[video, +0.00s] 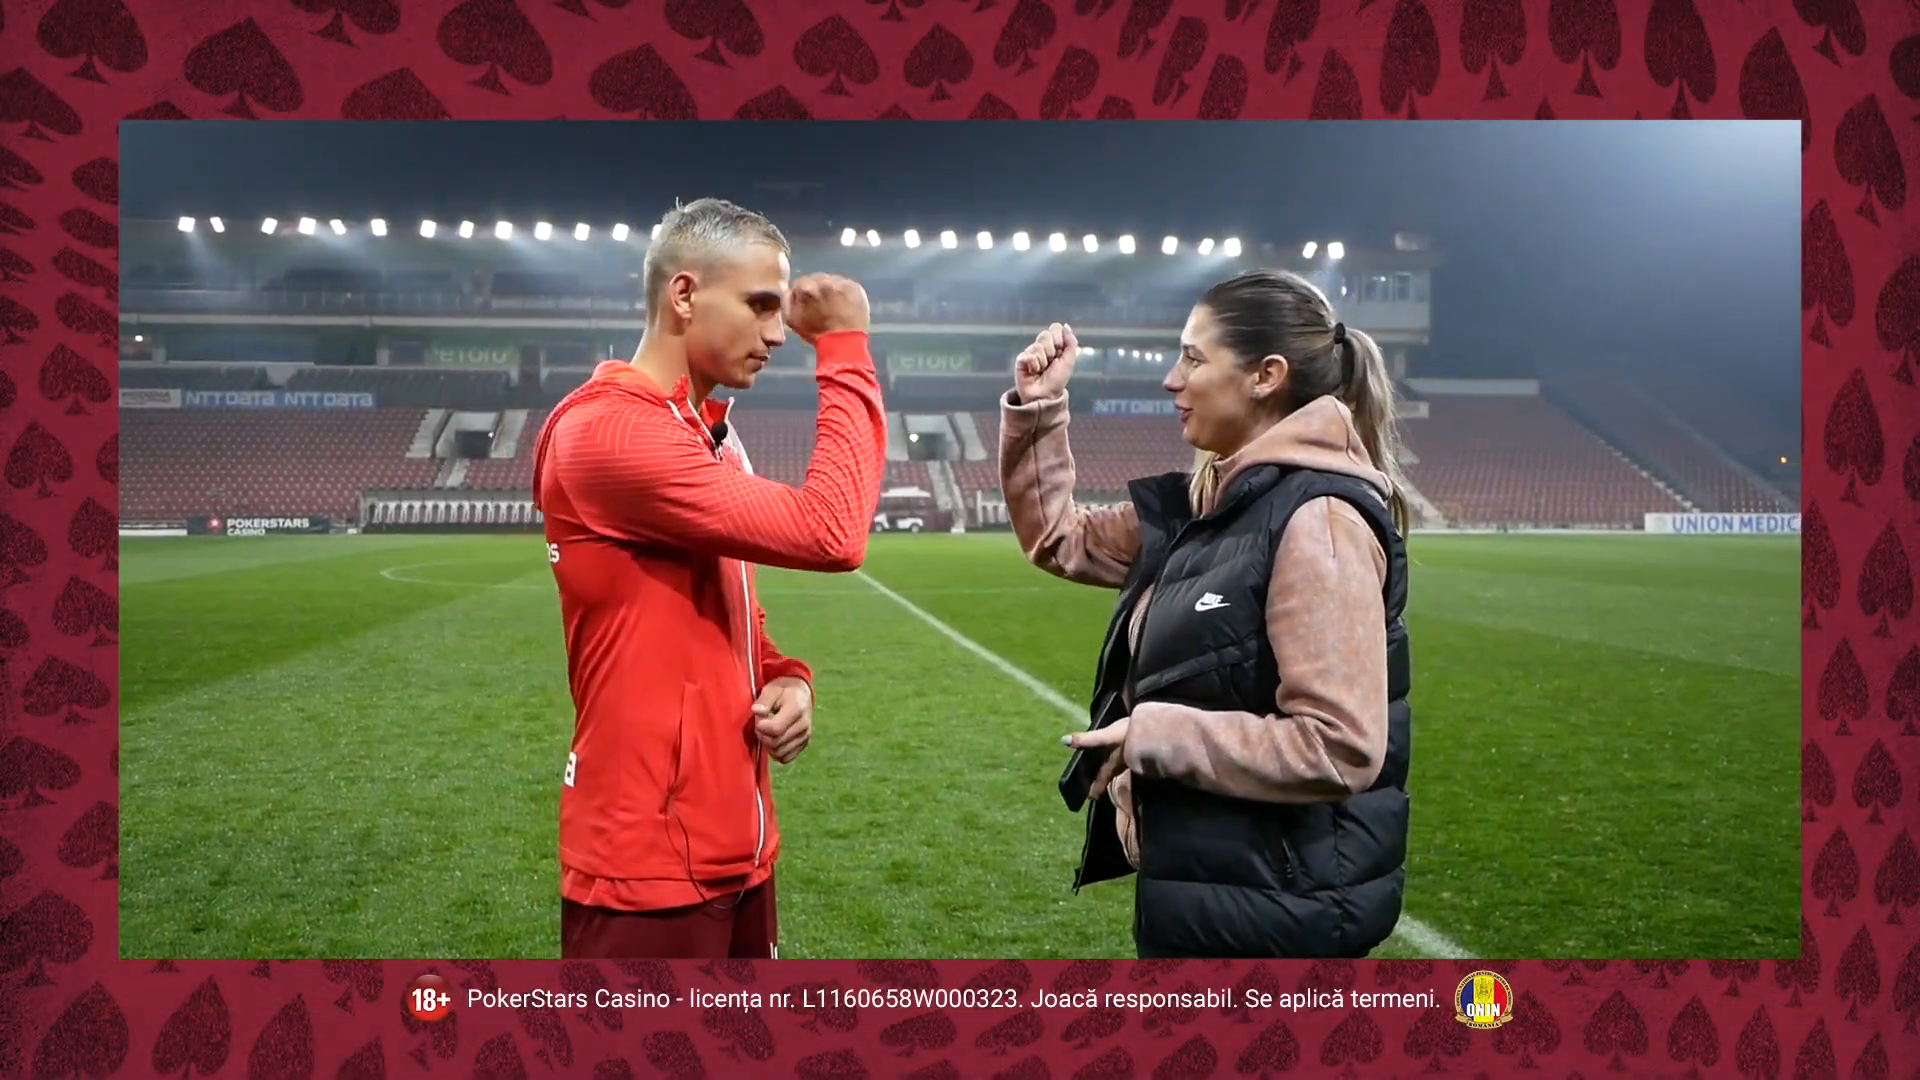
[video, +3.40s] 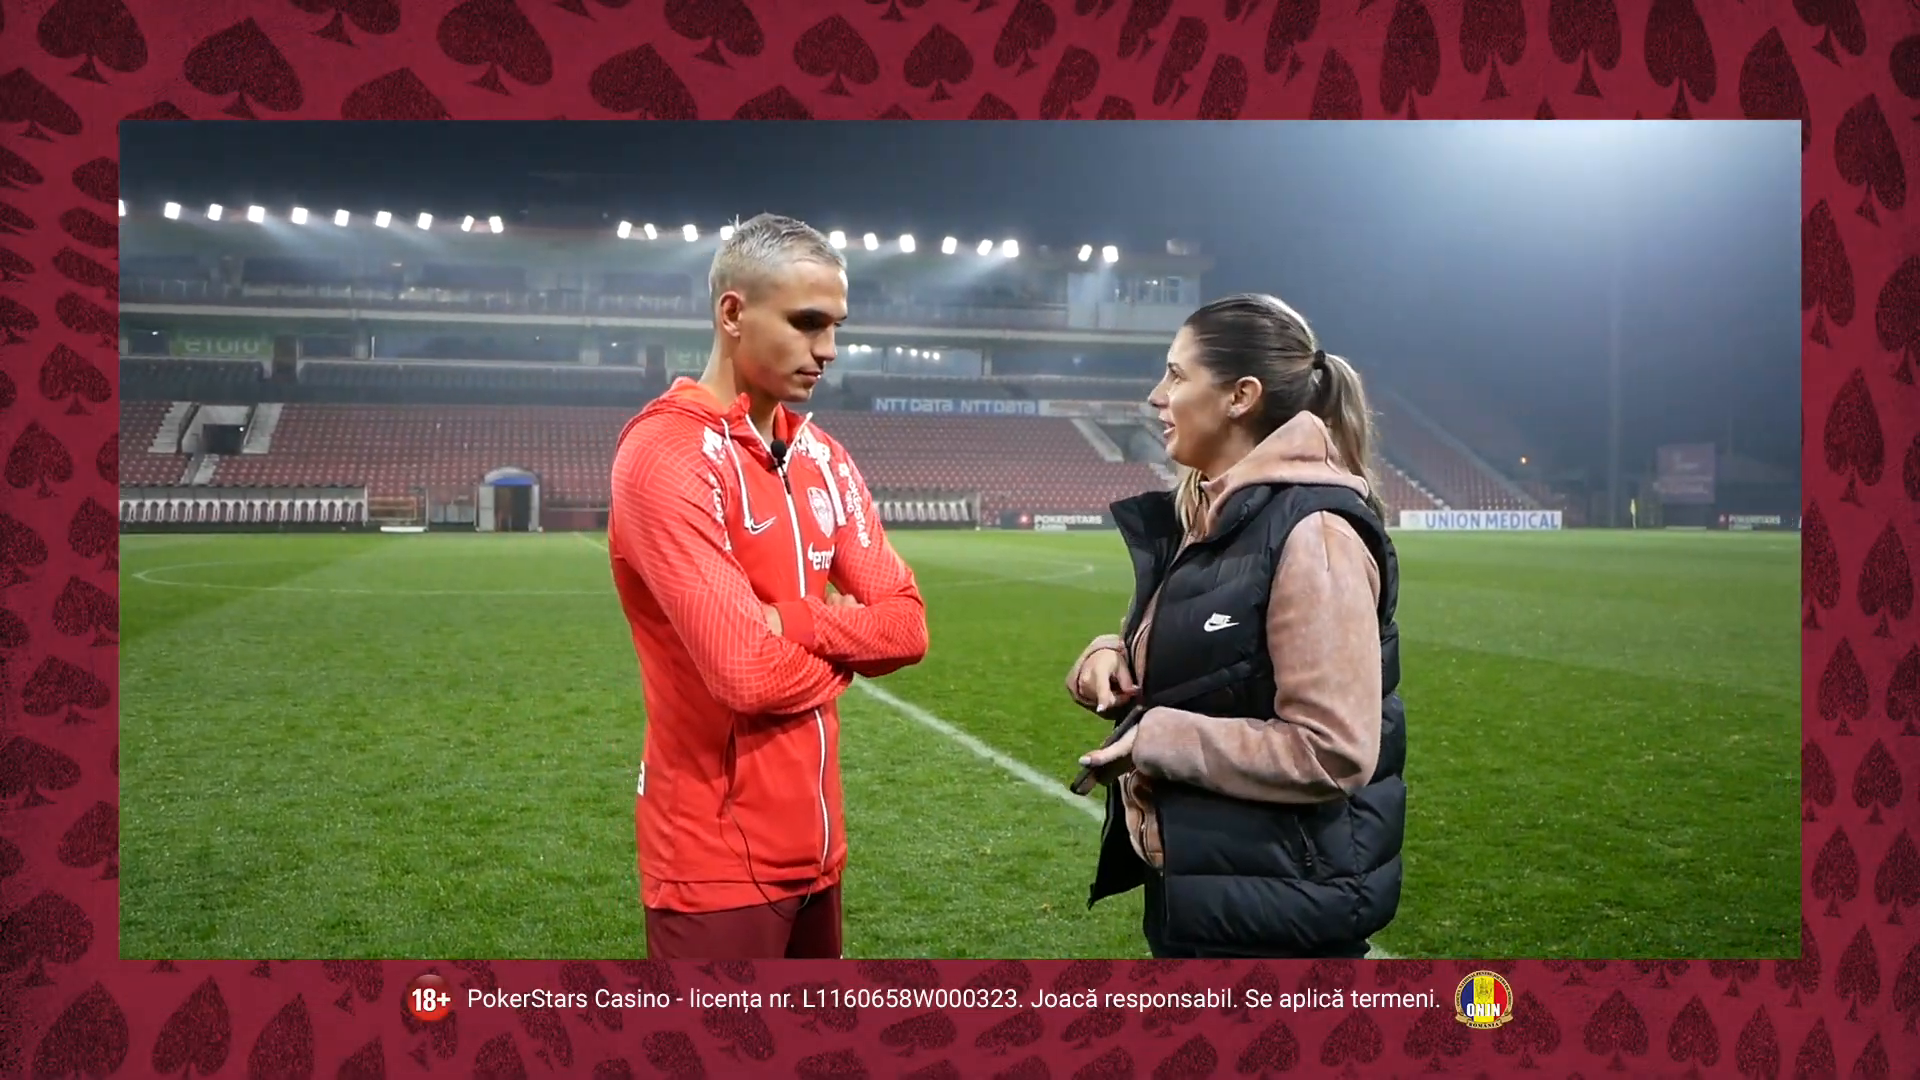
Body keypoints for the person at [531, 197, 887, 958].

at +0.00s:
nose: (778, 333)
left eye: (778, 310)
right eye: (759, 304)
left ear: (690, 300)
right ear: (683, 296)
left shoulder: (710, 434)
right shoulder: (605, 431)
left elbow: (734, 621)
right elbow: (832, 531)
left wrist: (786, 680)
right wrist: (845, 343)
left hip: (735, 856)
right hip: (645, 870)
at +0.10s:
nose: (779, 327)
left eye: (780, 304)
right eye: (761, 299)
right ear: (683, 296)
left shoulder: (693, 427)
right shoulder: (619, 432)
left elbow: (704, 622)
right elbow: (848, 535)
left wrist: (780, 674)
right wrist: (925, 379)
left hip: (727, 856)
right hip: (650, 870)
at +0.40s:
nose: (772, 319)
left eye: (774, 295)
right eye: (753, 290)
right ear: (675, 291)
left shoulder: (711, 430)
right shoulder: (613, 426)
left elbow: (742, 610)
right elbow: (821, 552)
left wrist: (795, 669)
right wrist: (925, 413)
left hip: (741, 848)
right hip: (658, 860)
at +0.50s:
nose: (771, 314)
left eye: (772, 293)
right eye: (750, 287)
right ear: (671, 291)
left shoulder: (731, 442)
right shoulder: (608, 435)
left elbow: (761, 607)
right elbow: (745, 610)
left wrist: (810, 660)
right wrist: (882, 503)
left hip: (752, 847)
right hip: (659, 860)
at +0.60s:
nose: (772, 316)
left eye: (773, 294)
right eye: (750, 290)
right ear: (671, 294)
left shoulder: (742, 443)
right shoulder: (603, 434)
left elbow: (803, 600)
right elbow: (670, 636)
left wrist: (758, 663)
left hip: (758, 849)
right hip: (660, 862)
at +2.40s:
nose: (819, 329)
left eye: (818, 306)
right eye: (796, 304)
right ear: (718, 308)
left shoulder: (809, 456)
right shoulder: (650, 459)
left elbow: (903, 623)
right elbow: (752, 678)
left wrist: (780, 617)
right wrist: (849, 647)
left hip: (809, 849)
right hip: (713, 864)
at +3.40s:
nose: (826, 350)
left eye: (833, 327)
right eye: (806, 323)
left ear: (836, 323)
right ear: (733, 313)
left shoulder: (823, 456)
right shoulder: (663, 456)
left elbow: (907, 627)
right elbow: (748, 679)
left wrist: (782, 619)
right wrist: (846, 650)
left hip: (812, 841)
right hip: (714, 853)